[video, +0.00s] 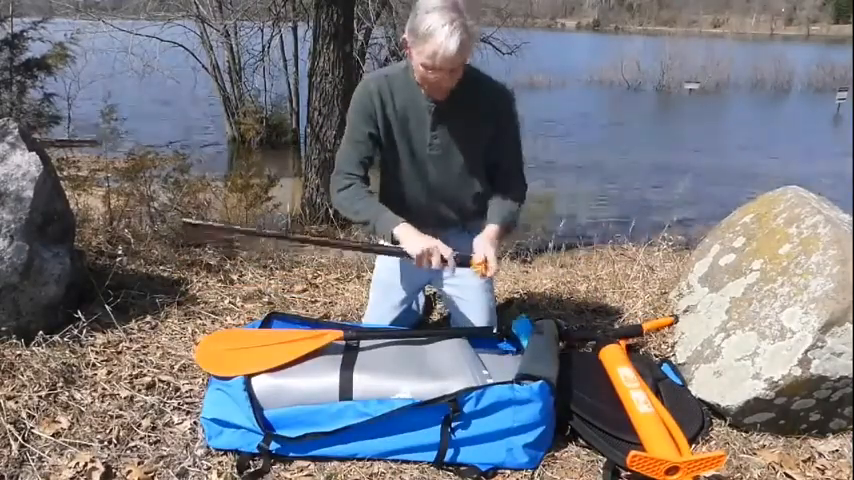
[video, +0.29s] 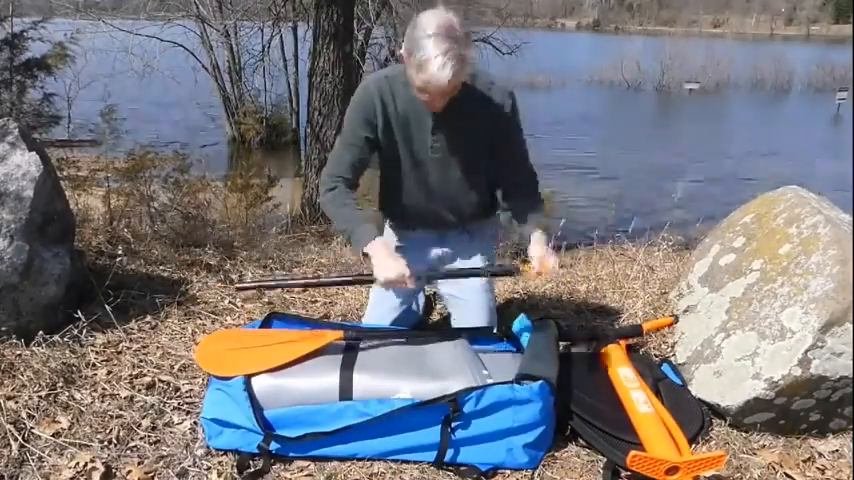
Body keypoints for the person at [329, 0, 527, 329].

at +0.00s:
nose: (442, 81)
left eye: (453, 70)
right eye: (430, 69)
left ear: (467, 57)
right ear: (408, 48)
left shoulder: (494, 99)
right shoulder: (376, 93)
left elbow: (510, 183)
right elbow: (345, 186)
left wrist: (489, 237)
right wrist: (404, 232)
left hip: (467, 242)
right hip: (399, 241)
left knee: (480, 352)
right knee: (376, 350)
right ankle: (419, 308)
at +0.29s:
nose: (437, 104)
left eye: (449, 93)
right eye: (425, 92)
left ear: (465, 66)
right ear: (404, 59)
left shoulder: (495, 102)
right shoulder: (377, 95)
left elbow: (518, 182)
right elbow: (334, 186)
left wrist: (536, 234)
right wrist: (375, 247)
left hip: (471, 240)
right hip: (403, 239)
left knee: (478, 352)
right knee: (375, 350)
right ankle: (419, 307)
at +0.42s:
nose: (407, 97)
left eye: (420, 87)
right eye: (399, 84)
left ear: (451, 75)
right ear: (390, 66)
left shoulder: (492, 102)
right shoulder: (375, 99)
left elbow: (509, 201)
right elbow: (336, 197)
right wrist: (364, 271)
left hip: (470, 243)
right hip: (401, 243)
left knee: (473, 357)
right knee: (381, 353)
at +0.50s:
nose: (380, 92)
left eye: (393, 83)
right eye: (374, 79)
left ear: (424, 66)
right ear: (366, 66)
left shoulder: (476, 110)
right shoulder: (359, 102)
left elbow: (480, 210)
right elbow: (351, 189)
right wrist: (358, 261)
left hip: (462, 244)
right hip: (397, 246)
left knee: (472, 359)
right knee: (378, 359)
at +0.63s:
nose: (425, 106)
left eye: (432, 94)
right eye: (411, 96)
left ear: (438, 72)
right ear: (378, 78)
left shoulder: (473, 111)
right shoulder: (355, 109)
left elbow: (492, 208)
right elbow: (361, 199)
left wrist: (446, 278)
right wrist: (366, 264)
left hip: (465, 239)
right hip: (399, 242)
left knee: (467, 354)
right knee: (390, 353)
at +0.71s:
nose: (439, 110)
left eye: (447, 97)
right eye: (426, 100)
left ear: (454, 76)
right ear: (393, 80)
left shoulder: (487, 114)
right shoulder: (364, 108)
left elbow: (512, 192)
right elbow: (367, 199)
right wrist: (405, 253)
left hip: (471, 245)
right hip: (400, 243)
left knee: (474, 355)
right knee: (388, 357)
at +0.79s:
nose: (444, 132)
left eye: (455, 124)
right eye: (434, 123)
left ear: (472, 92)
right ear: (411, 88)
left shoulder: (501, 125)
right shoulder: (377, 109)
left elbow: (534, 204)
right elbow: (355, 187)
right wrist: (375, 255)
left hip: (469, 247)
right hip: (401, 242)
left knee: (478, 355)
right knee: (374, 351)